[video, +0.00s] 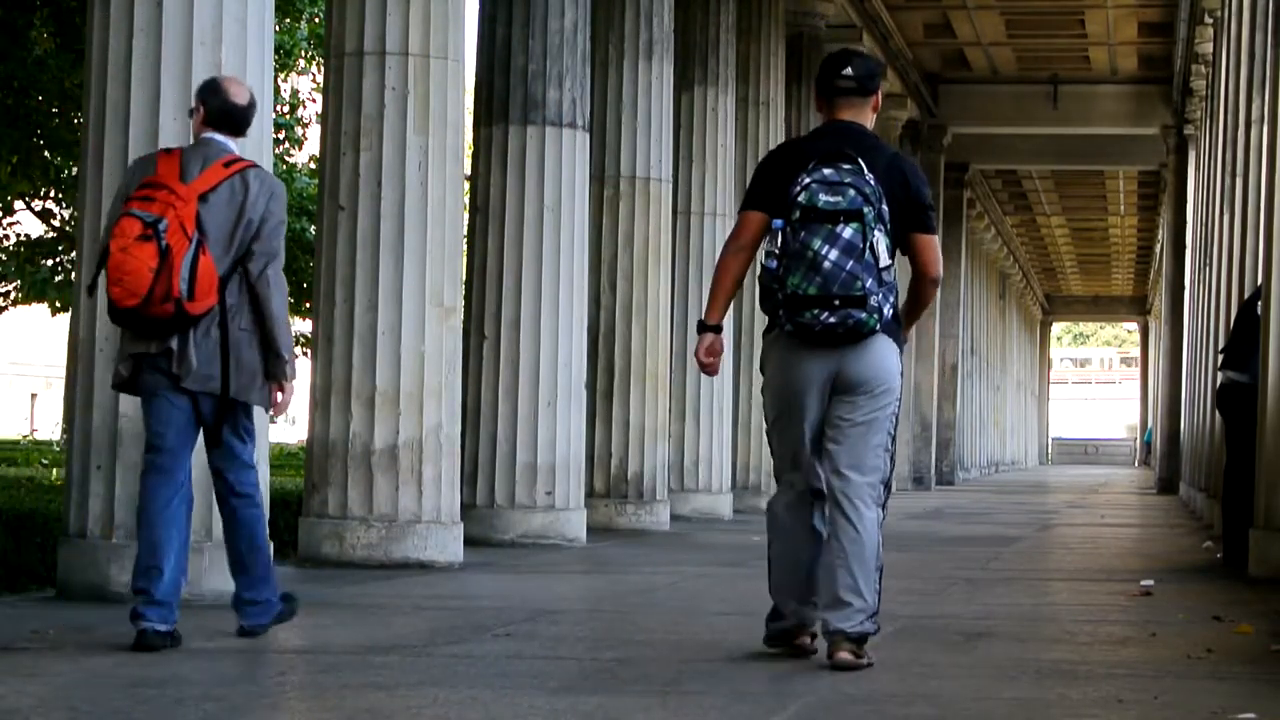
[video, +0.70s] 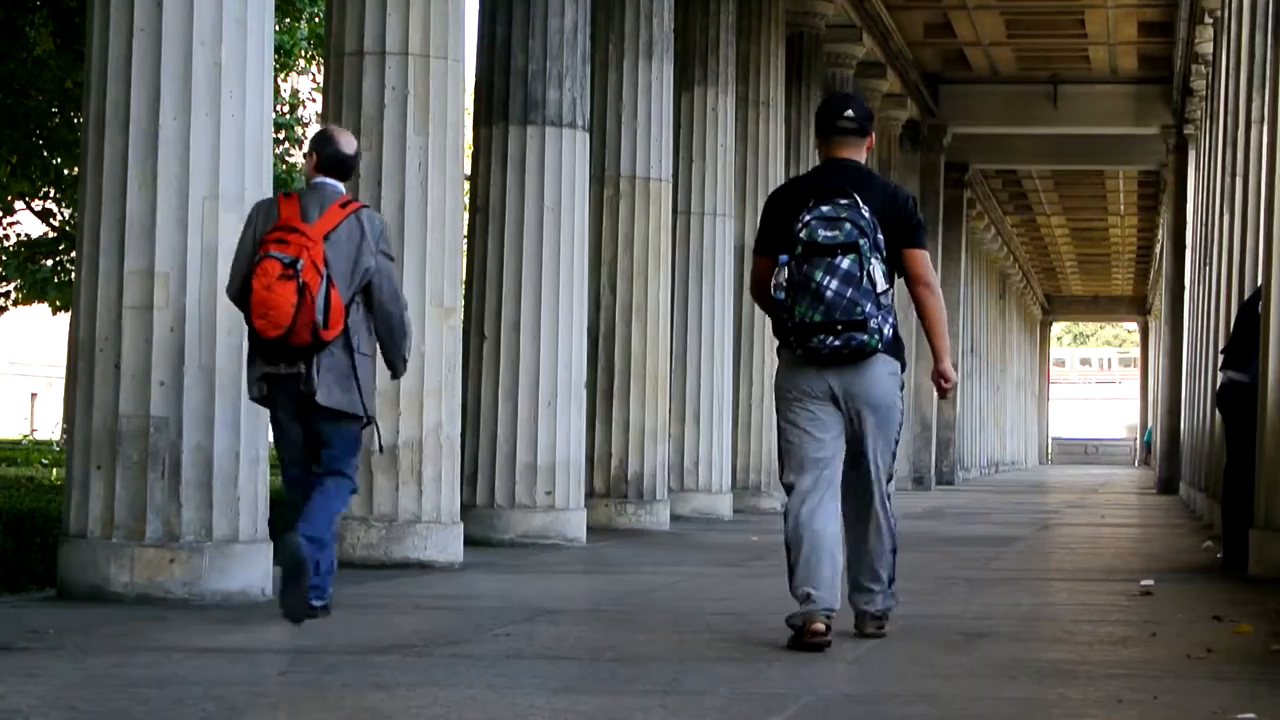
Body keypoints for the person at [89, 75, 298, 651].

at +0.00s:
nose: (193, 109)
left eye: (196, 103)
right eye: (202, 103)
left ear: (198, 116)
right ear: (246, 130)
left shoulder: (148, 169)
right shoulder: (262, 187)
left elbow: (112, 252)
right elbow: (266, 276)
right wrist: (281, 363)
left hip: (159, 350)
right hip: (229, 355)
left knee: (163, 476)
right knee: (239, 483)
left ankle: (153, 617)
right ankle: (258, 604)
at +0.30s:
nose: (251, 131)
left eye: (253, 125)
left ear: (257, 132)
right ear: (301, 147)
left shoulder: (207, 182)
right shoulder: (319, 201)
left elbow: (175, 262)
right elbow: (328, 287)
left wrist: (207, 323)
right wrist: (347, 366)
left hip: (222, 353)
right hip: (287, 359)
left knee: (229, 461)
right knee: (279, 483)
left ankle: (205, 549)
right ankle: (265, 608)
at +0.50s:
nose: (276, 141)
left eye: (279, 136)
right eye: (283, 134)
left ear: (285, 146)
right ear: (327, 157)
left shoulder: (240, 195)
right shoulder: (345, 210)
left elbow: (208, 273)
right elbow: (371, 288)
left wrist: (241, 320)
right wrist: (380, 349)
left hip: (251, 351)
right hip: (311, 355)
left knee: (279, 471)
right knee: (284, 476)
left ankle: (288, 587)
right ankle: (264, 601)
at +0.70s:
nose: (302, 160)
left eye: (306, 154)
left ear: (309, 163)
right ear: (351, 173)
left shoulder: (266, 212)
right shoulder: (364, 223)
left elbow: (237, 287)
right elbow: (387, 300)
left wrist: (275, 325)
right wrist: (398, 354)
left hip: (278, 368)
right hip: (337, 369)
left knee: (299, 478)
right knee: (338, 474)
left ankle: (315, 595)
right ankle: (302, 545)